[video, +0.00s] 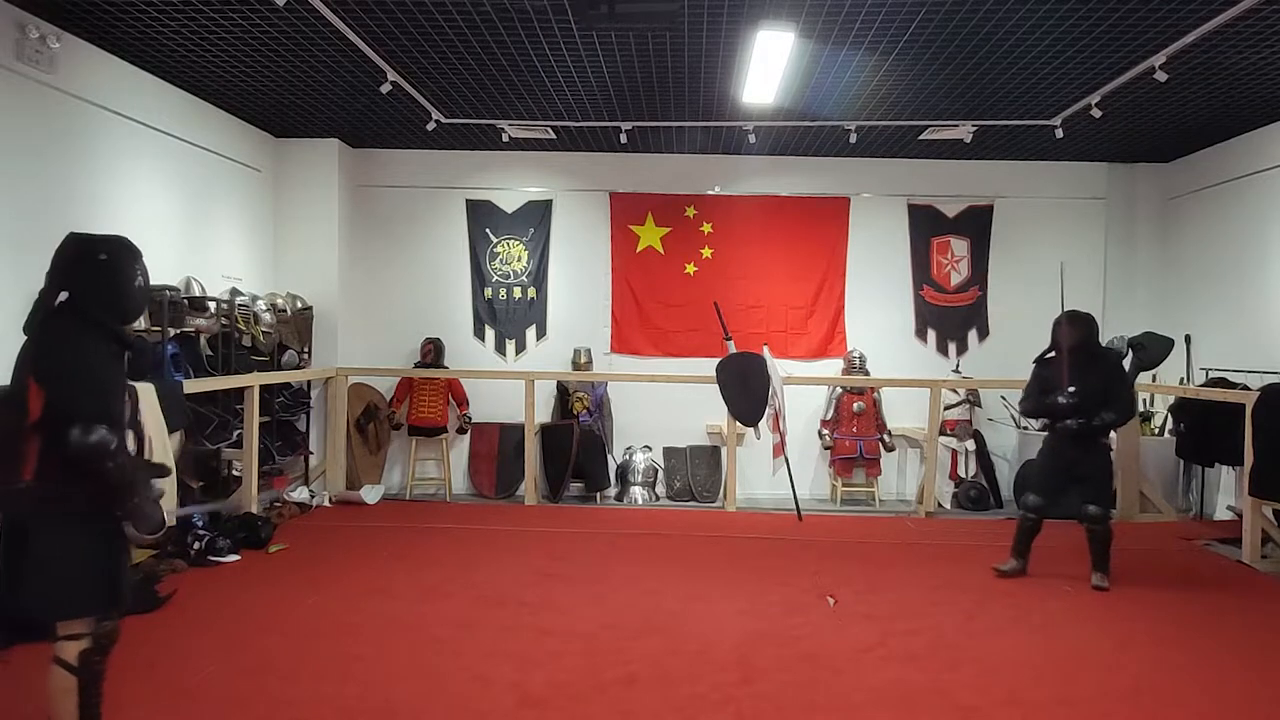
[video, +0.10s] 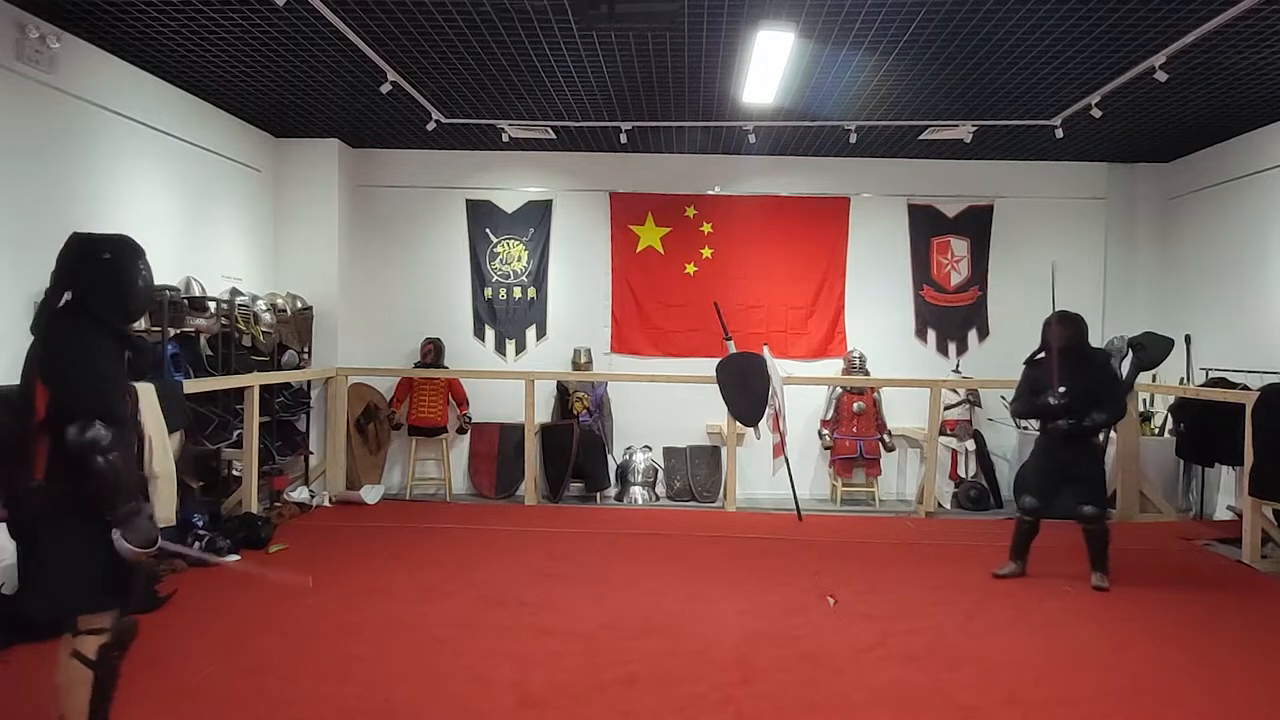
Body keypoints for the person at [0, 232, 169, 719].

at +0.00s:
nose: (140, 291)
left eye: (138, 280)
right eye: (132, 280)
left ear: (84, 283)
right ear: (105, 285)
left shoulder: (84, 334)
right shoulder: (80, 342)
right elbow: (91, 439)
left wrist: (133, 474)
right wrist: (136, 495)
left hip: (87, 505)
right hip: (65, 509)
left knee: (101, 628)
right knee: (76, 636)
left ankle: (87, 713)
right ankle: (69, 717)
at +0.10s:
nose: (143, 293)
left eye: (142, 281)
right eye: (136, 282)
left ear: (86, 281)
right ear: (109, 285)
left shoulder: (68, 331)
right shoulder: (86, 342)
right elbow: (98, 445)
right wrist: (135, 522)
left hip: (64, 504)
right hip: (77, 511)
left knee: (96, 621)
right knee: (94, 629)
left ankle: (81, 707)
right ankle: (80, 714)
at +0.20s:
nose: (146, 288)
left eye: (145, 276)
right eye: (137, 277)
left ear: (86, 282)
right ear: (108, 282)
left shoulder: (63, 332)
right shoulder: (94, 341)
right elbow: (94, 433)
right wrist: (112, 513)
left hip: (62, 501)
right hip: (93, 504)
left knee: (83, 622)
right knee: (134, 610)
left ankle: (72, 712)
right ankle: (90, 714)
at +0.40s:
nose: (149, 285)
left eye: (146, 274)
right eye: (141, 275)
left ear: (85, 281)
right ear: (122, 281)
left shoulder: (59, 335)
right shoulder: (125, 344)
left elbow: (43, 422)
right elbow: (139, 445)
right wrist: (161, 497)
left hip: (70, 492)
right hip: (119, 493)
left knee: (81, 615)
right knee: (187, 596)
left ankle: (73, 714)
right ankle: (144, 710)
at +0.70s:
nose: (164, 285)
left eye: (160, 274)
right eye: (156, 274)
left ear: (94, 283)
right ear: (136, 282)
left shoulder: (79, 341)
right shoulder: (139, 340)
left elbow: (69, 428)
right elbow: (149, 431)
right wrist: (206, 489)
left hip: (105, 495)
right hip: (161, 494)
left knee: (101, 612)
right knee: (188, 610)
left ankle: (77, 711)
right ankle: (219, 712)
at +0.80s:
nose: (173, 285)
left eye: (169, 274)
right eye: (164, 275)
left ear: (107, 283)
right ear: (143, 283)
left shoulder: (97, 339)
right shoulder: (141, 343)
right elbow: (160, 435)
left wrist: (244, 436)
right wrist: (247, 442)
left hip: (117, 497)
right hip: (161, 499)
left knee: (112, 613)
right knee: (203, 606)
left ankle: (80, 711)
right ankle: (222, 712)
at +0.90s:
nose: (184, 287)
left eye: (180, 276)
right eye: (175, 277)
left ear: (119, 287)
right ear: (153, 287)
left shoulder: (99, 343)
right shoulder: (160, 351)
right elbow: (201, 423)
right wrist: (270, 400)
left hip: (118, 500)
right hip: (170, 502)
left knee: (120, 611)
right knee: (215, 603)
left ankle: (82, 712)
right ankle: (222, 712)